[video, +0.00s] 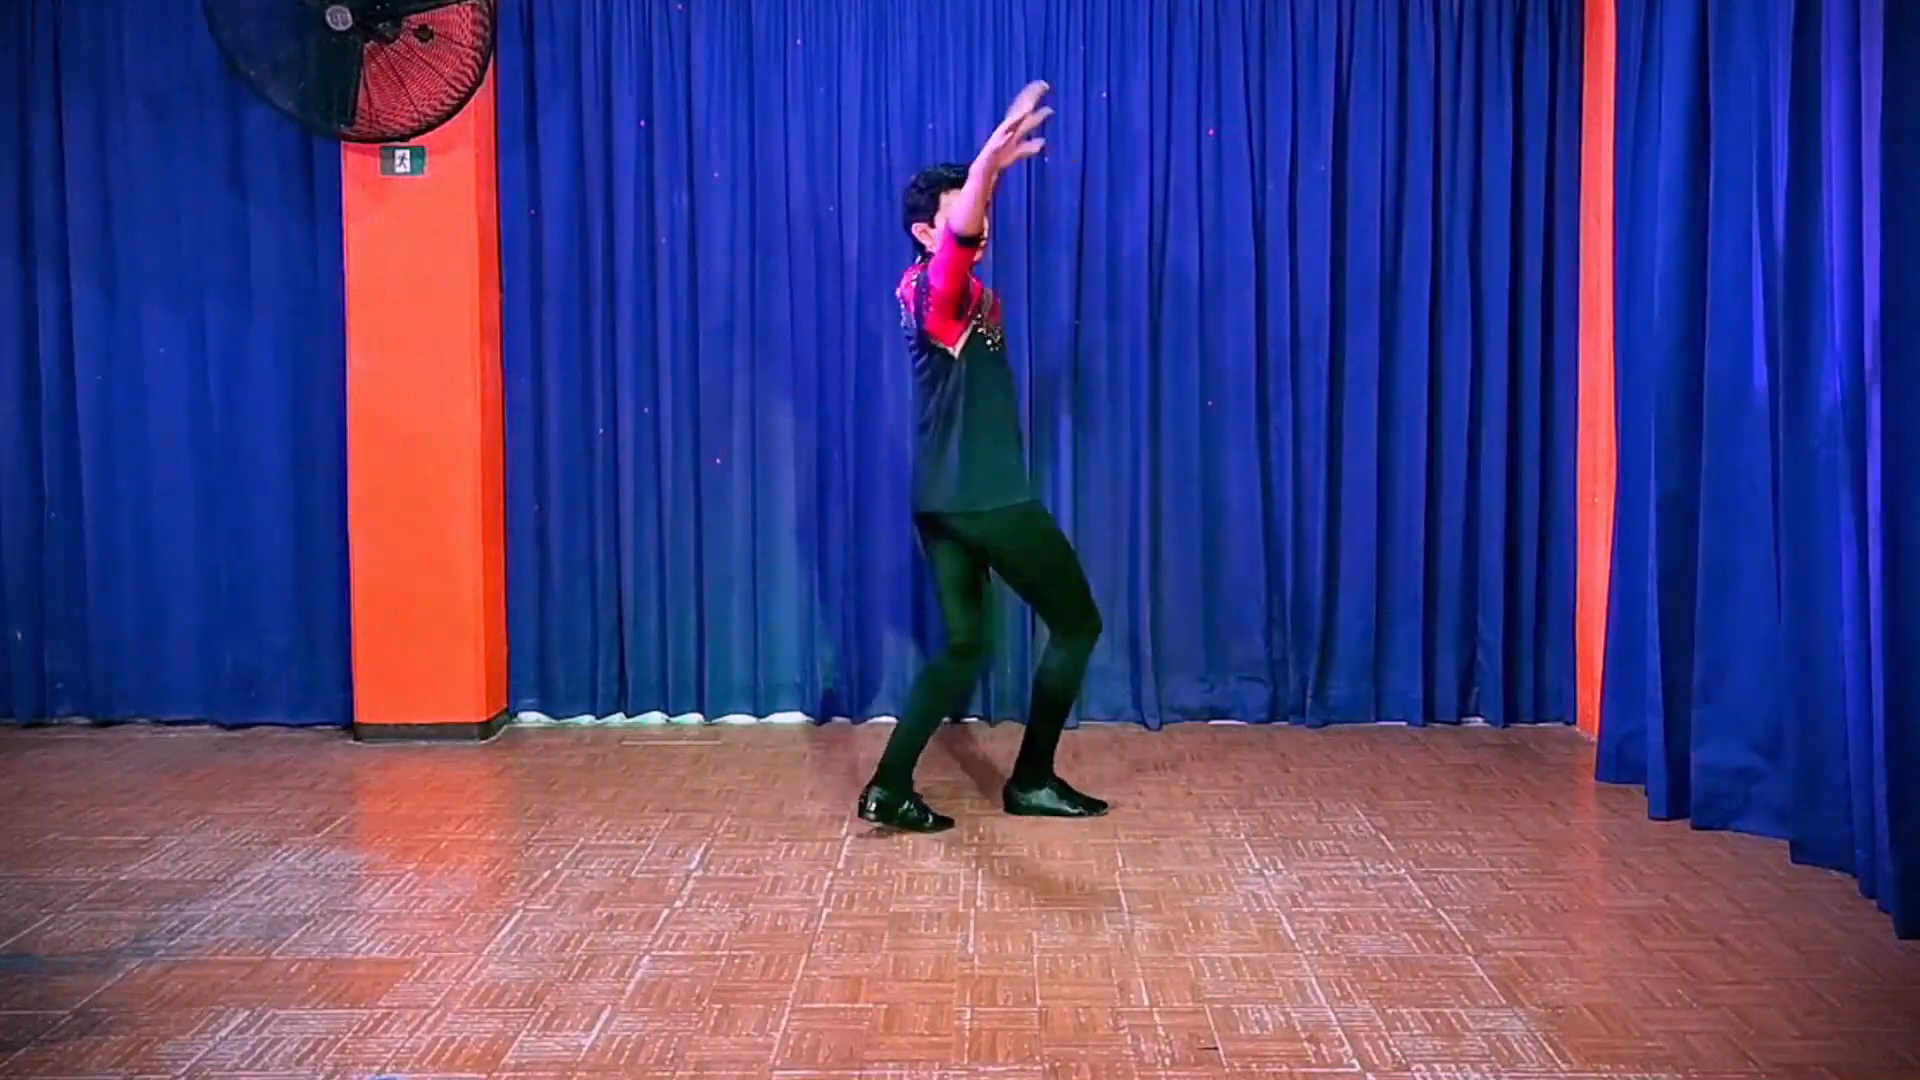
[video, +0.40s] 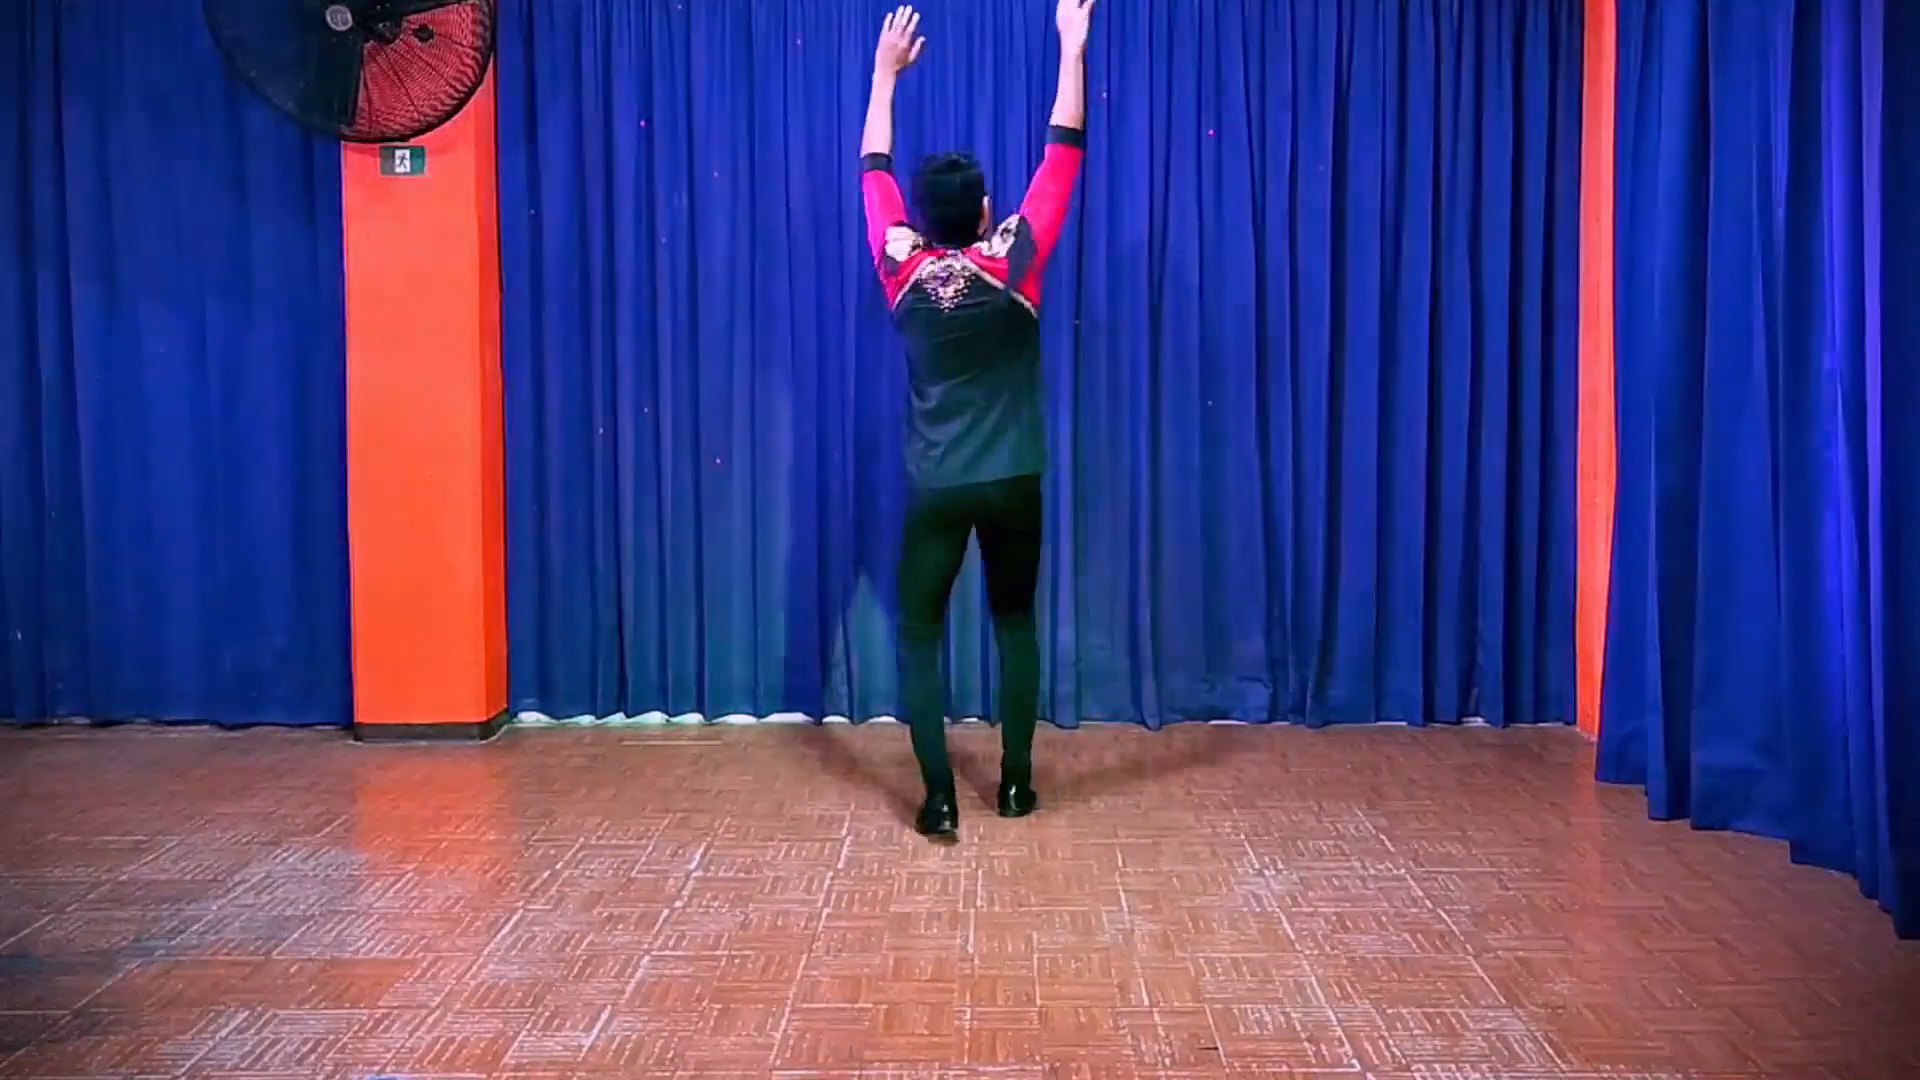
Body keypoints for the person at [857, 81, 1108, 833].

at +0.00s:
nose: (975, 224)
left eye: (972, 213)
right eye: (960, 216)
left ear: (939, 227)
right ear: (929, 229)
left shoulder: (928, 284)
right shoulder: (945, 290)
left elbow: (963, 197)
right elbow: (963, 228)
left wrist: (998, 144)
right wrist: (994, 156)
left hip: (943, 495)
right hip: (990, 493)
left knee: (964, 647)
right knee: (1076, 623)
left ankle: (889, 789)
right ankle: (1032, 779)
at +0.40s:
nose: (992, 199)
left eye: (962, 195)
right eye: (989, 194)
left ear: (921, 216)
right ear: (987, 209)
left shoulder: (906, 269)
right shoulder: (1019, 256)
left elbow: (875, 170)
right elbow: (1064, 152)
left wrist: (883, 76)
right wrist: (1072, 47)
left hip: (938, 480)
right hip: (1014, 475)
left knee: (920, 631)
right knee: (1015, 622)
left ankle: (939, 798)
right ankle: (1016, 782)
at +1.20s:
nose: (921, 342)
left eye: (915, 331)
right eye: (911, 338)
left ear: (929, 294)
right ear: (927, 296)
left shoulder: (991, 309)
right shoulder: (970, 321)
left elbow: (1071, 353)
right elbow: (1000, 410)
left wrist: (1026, 439)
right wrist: (981, 470)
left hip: (1035, 493)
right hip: (1021, 492)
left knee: (942, 617)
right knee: (966, 627)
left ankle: (998, 782)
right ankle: (1041, 771)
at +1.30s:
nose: (944, 272)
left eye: (956, 256)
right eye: (932, 260)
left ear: (987, 260)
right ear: (922, 271)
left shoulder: (1030, 321)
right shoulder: (933, 344)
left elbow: (1114, 396)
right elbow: (909, 437)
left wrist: (1061, 482)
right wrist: (937, 509)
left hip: (1047, 493)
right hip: (995, 493)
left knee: (970, 631)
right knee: (941, 642)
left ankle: (1000, 822)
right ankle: (1037, 768)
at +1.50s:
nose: (960, 268)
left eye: (974, 253)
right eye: (947, 256)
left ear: (1001, 264)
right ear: (934, 271)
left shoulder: (1036, 332)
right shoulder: (937, 351)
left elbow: (1127, 403)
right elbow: (915, 439)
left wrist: (1065, 481)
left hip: (1044, 504)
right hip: (984, 509)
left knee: (989, 629)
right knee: (942, 652)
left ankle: (1003, 820)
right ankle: (1038, 767)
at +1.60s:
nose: (956, 263)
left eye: (970, 248)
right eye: (944, 252)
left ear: (999, 257)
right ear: (934, 265)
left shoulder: (1034, 320)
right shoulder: (947, 338)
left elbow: (1139, 352)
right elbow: (890, 411)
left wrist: (1088, 440)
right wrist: (887, 364)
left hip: (1046, 491)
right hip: (987, 494)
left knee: (987, 618)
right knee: (942, 643)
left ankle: (1006, 811)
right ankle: (1038, 770)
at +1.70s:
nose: (935, 269)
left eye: (947, 253)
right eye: (929, 260)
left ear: (989, 258)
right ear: (931, 274)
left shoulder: (1033, 310)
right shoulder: (954, 316)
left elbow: (1137, 314)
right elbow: (878, 344)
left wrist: (1114, 411)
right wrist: (934, 368)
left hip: (1047, 490)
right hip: (993, 488)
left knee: (962, 615)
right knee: (941, 644)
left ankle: (1038, 775)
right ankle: (1029, 766)